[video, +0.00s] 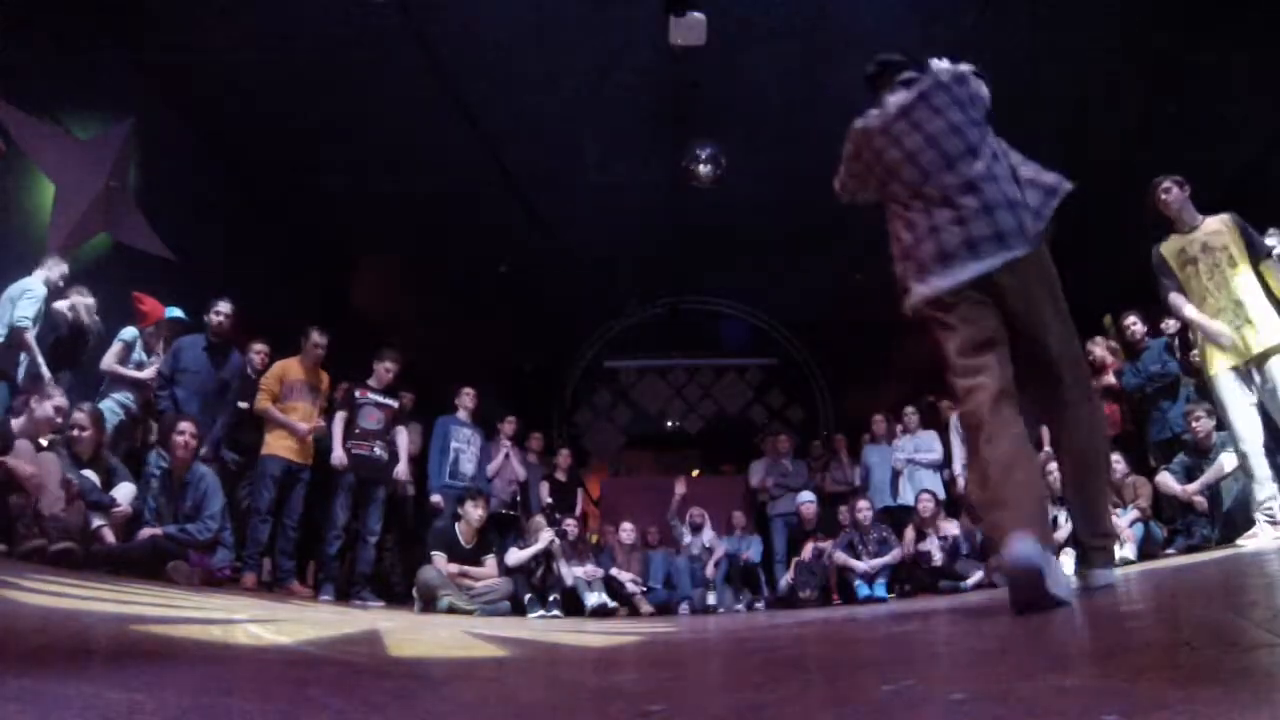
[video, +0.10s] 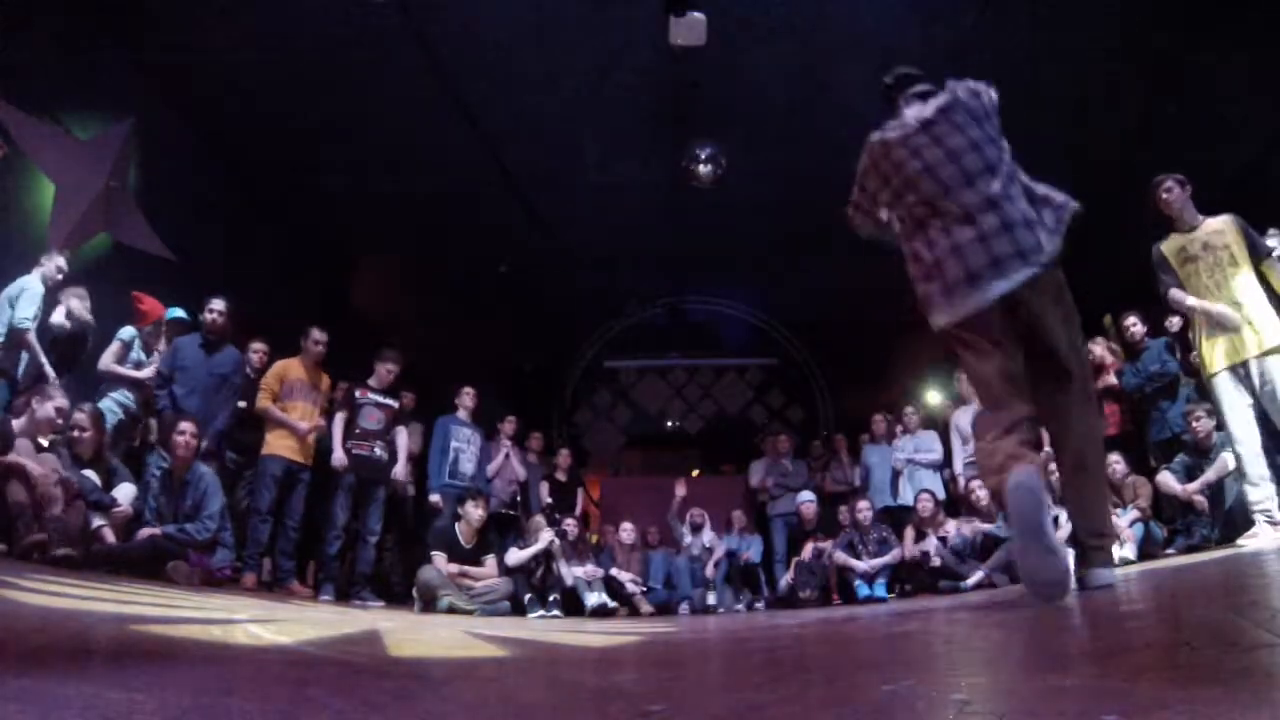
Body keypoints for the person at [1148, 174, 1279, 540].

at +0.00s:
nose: (1164, 197)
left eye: (1168, 190)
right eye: (1158, 196)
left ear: (1186, 191)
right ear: (1159, 209)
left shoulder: (1230, 223)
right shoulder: (1164, 251)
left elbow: (1268, 263)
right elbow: (1175, 300)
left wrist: (1277, 303)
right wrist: (1210, 326)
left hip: (1263, 333)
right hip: (1218, 350)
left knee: (1278, 419)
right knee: (1247, 436)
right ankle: (1268, 517)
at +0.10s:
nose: (1165, 197)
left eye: (1170, 189)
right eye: (1159, 195)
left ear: (1188, 191)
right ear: (1159, 207)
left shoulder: (1230, 223)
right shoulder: (1164, 250)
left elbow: (1268, 263)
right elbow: (1172, 294)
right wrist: (1210, 309)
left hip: (1263, 335)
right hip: (1216, 352)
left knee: (1278, 420)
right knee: (1243, 436)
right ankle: (1265, 518)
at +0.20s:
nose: (1167, 199)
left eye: (1171, 191)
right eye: (1161, 197)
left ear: (1188, 193)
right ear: (1159, 209)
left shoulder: (1230, 227)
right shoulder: (1164, 253)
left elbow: (1271, 260)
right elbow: (1170, 298)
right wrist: (1205, 306)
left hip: (1261, 338)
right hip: (1216, 355)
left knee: (1278, 423)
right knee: (1243, 439)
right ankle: (1266, 518)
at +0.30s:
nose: (1166, 204)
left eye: (1170, 196)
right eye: (1160, 201)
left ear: (1188, 196)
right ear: (1158, 212)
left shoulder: (1229, 231)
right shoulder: (1162, 259)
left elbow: (1270, 261)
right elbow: (1169, 301)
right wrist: (1194, 319)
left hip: (1258, 343)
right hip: (1215, 359)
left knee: (1278, 423)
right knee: (1242, 443)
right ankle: (1266, 519)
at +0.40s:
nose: (1162, 209)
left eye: (1166, 201)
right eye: (1157, 205)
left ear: (1183, 200)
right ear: (1155, 215)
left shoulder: (1224, 234)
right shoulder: (1159, 264)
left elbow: (1268, 265)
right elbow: (1167, 306)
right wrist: (1185, 341)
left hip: (1257, 346)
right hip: (1212, 363)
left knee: (1279, 424)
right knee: (1240, 447)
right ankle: (1267, 519)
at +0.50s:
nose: (1153, 209)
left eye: (1158, 202)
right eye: (1150, 206)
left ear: (1177, 202)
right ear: (1150, 216)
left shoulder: (1215, 234)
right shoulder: (1156, 265)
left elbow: (1259, 275)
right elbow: (1165, 314)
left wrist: (1279, 311)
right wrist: (1177, 360)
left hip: (1250, 347)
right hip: (1208, 364)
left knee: (1276, 423)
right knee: (1238, 445)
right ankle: (1266, 516)